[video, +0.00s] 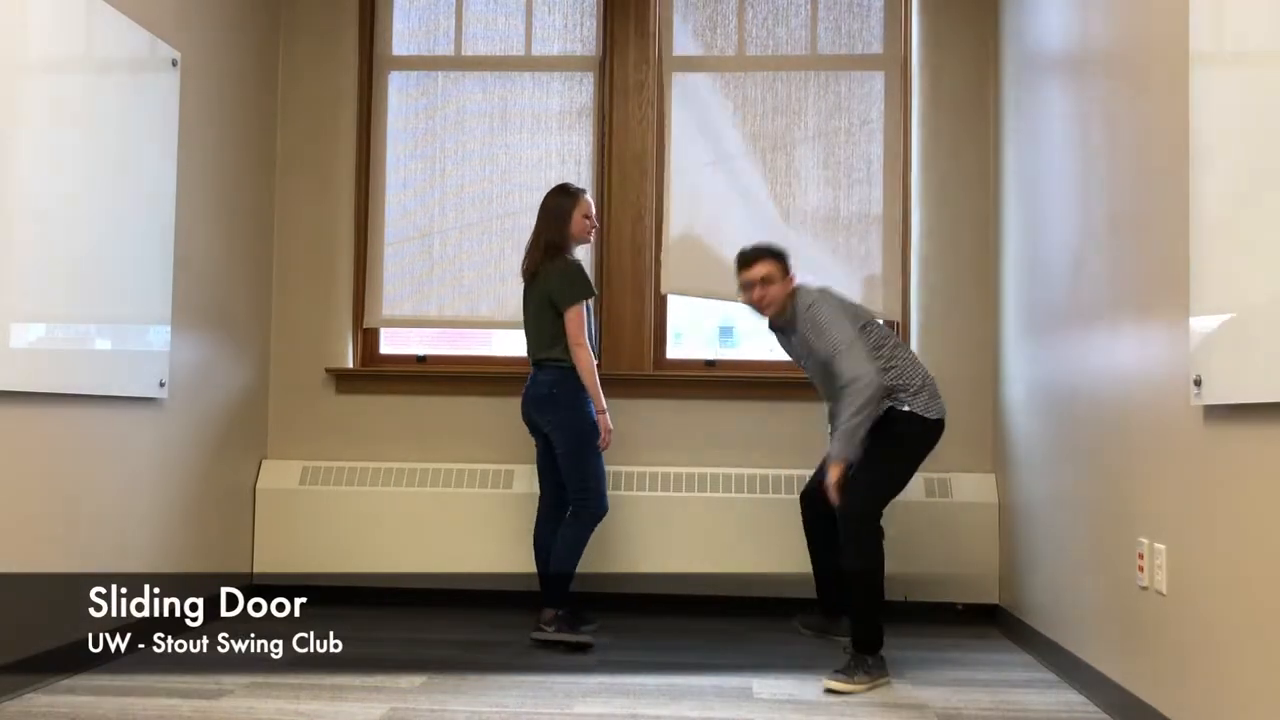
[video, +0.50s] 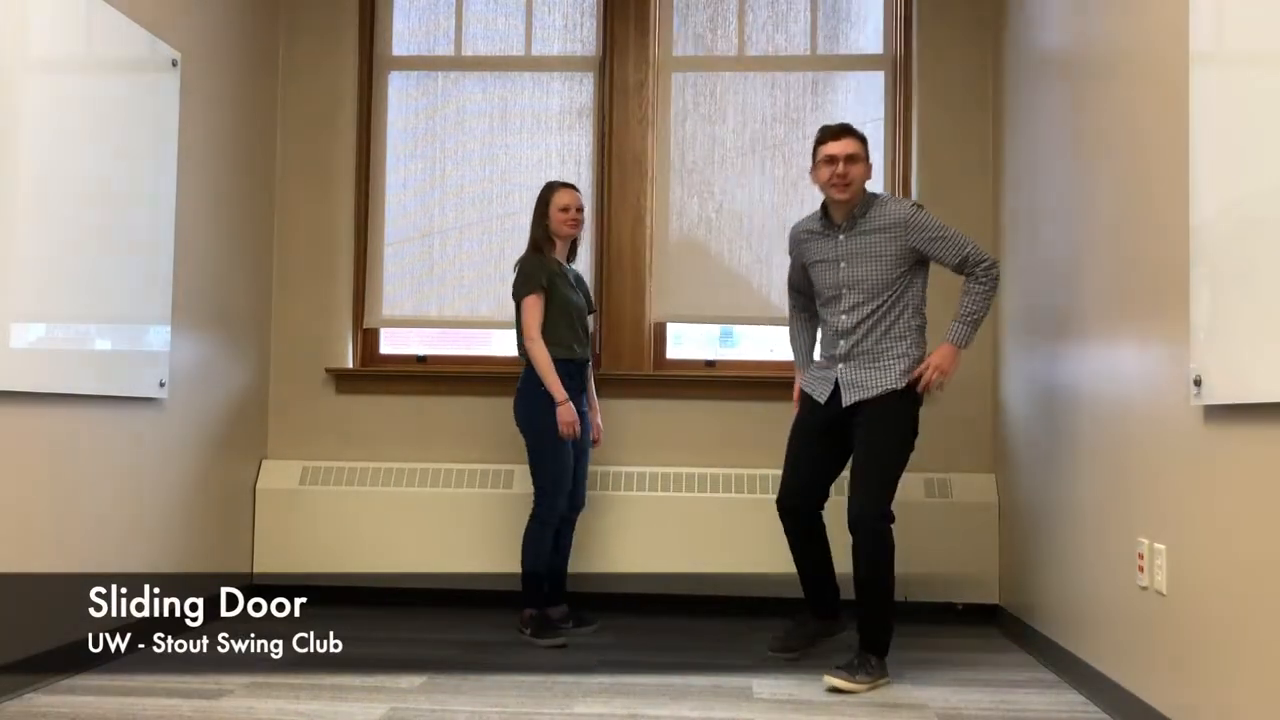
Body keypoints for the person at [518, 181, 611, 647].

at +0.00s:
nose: (593, 224)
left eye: (592, 216)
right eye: (586, 216)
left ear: (555, 220)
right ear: (563, 220)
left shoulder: (540, 270)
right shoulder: (568, 272)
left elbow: (537, 345)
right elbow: (577, 345)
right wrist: (601, 406)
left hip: (541, 391)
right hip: (565, 393)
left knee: (553, 502)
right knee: (590, 502)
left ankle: (553, 612)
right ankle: (555, 612)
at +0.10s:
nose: (591, 223)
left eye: (590, 216)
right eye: (583, 216)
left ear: (564, 221)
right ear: (560, 219)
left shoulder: (544, 269)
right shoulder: (562, 271)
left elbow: (552, 344)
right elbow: (570, 344)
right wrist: (597, 403)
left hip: (544, 389)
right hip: (562, 391)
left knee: (555, 500)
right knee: (586, 501)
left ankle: (550, 608)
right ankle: (550, 610)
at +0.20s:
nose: (588, 222)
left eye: (587, 214)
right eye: (579, 215)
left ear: (566, 221)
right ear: (556, 219)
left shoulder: (550, 269)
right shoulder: (552, 271)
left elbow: (562, 344)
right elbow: (562, 345)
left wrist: (587, 402)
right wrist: (591, 404)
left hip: (554, 389)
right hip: (556, 391)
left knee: (558, 498)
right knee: (581, 500)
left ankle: (549, 605)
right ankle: (541, 608)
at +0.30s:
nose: (584, 221)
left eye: (585, 214)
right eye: (575, 214)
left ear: (569, 221)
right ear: (551, 219)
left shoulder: (556, 267)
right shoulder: (545, 269)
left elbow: (561, 342)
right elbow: (554, 344)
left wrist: (581, 403)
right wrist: (582, 404)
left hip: (561, 390)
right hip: (552, 392)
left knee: (563, 498)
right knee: (572, 500)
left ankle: (550, 604)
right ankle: (539, 609)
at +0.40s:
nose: (580, 219)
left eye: (582, 212)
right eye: (571, 212)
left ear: (580, 219)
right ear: (548, 217)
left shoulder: (566, 272)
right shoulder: (539, 267)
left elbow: (575, 348)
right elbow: (543, 342)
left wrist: (589, 408)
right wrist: (571, 404)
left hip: (572, 391)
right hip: (549, 391)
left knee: (568, 497)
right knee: (562, 498)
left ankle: (553, 604)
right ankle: (538, 610)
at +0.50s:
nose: (574, 216)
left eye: (578, 210)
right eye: (565, 209)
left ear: (582, 218)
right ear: (545, 216)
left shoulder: (575, 277)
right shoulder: (534, 267)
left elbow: (581, 350)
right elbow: (531, 338)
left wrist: (591, 404)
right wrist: (560, 399)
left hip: (574, 394)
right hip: (543, 393)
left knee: (571, 502)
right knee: (550, 501)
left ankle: (556, 604)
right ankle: (534, 610)